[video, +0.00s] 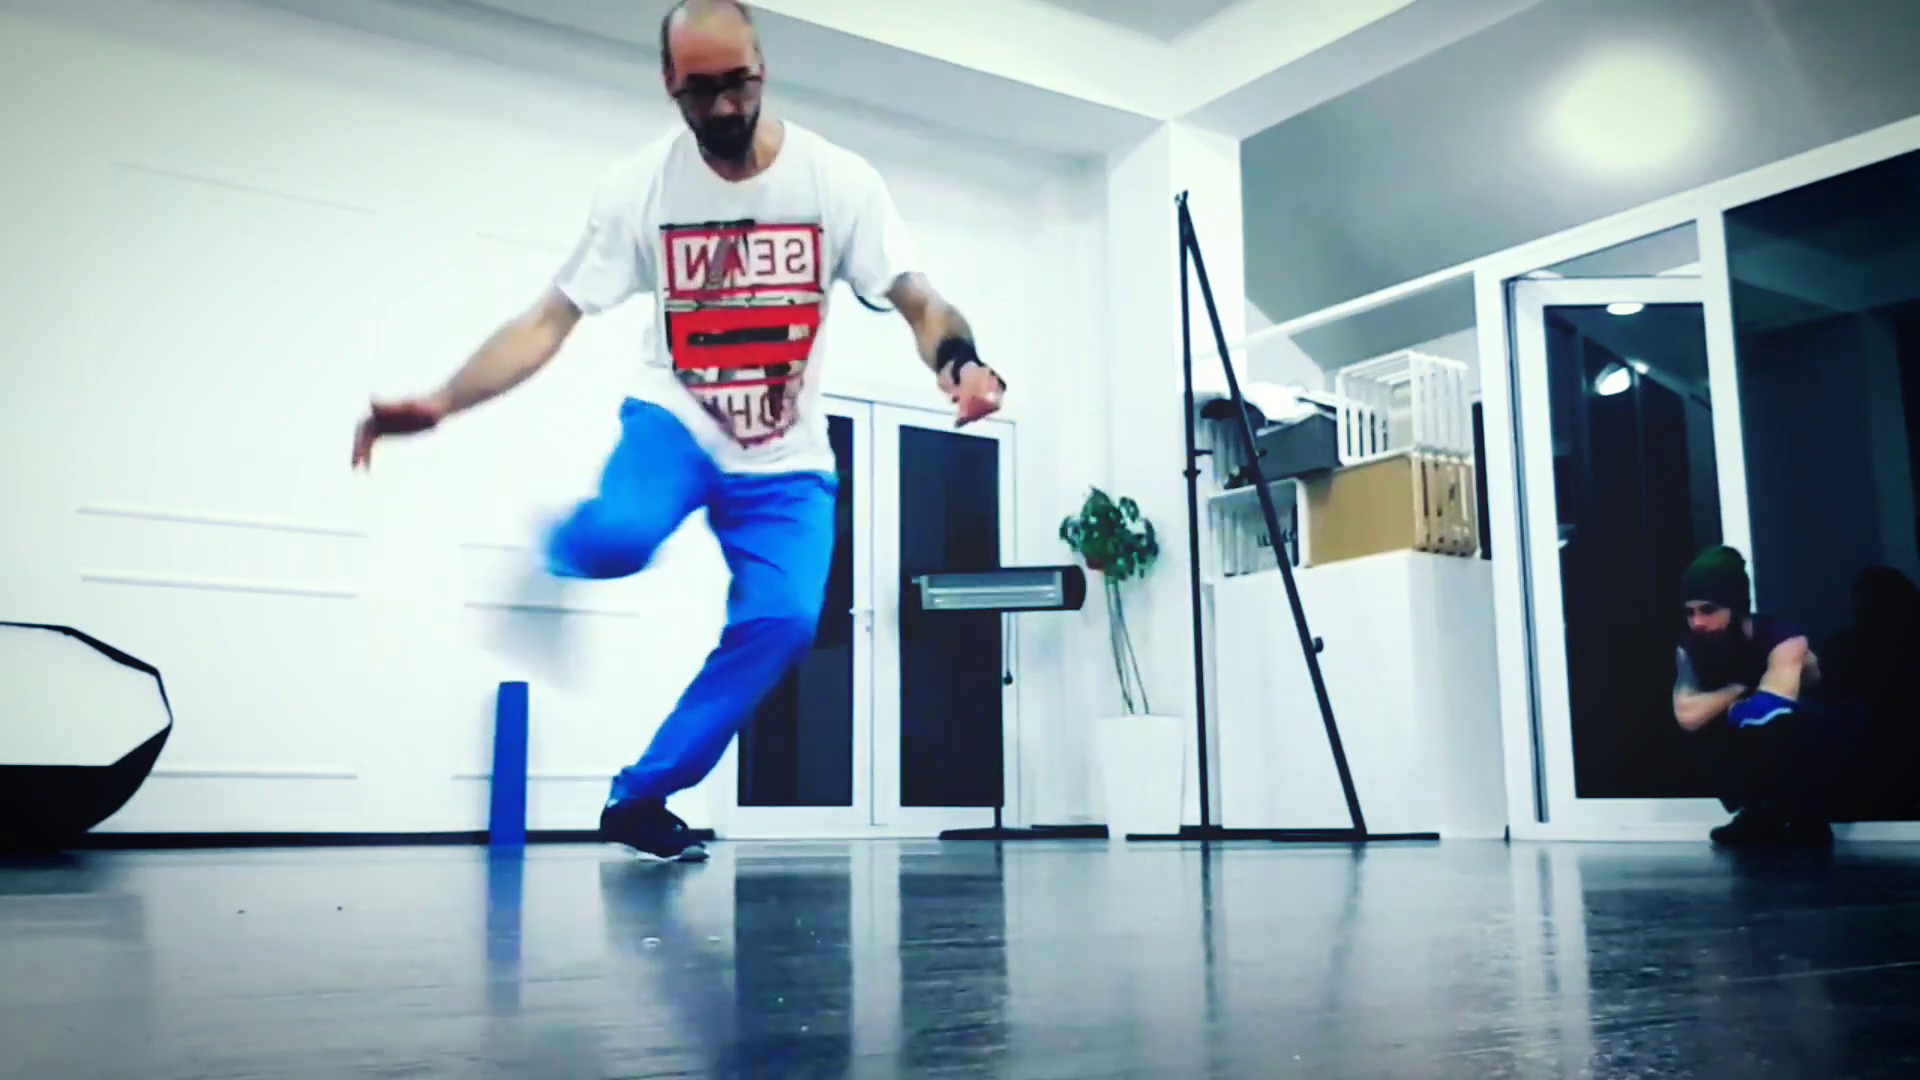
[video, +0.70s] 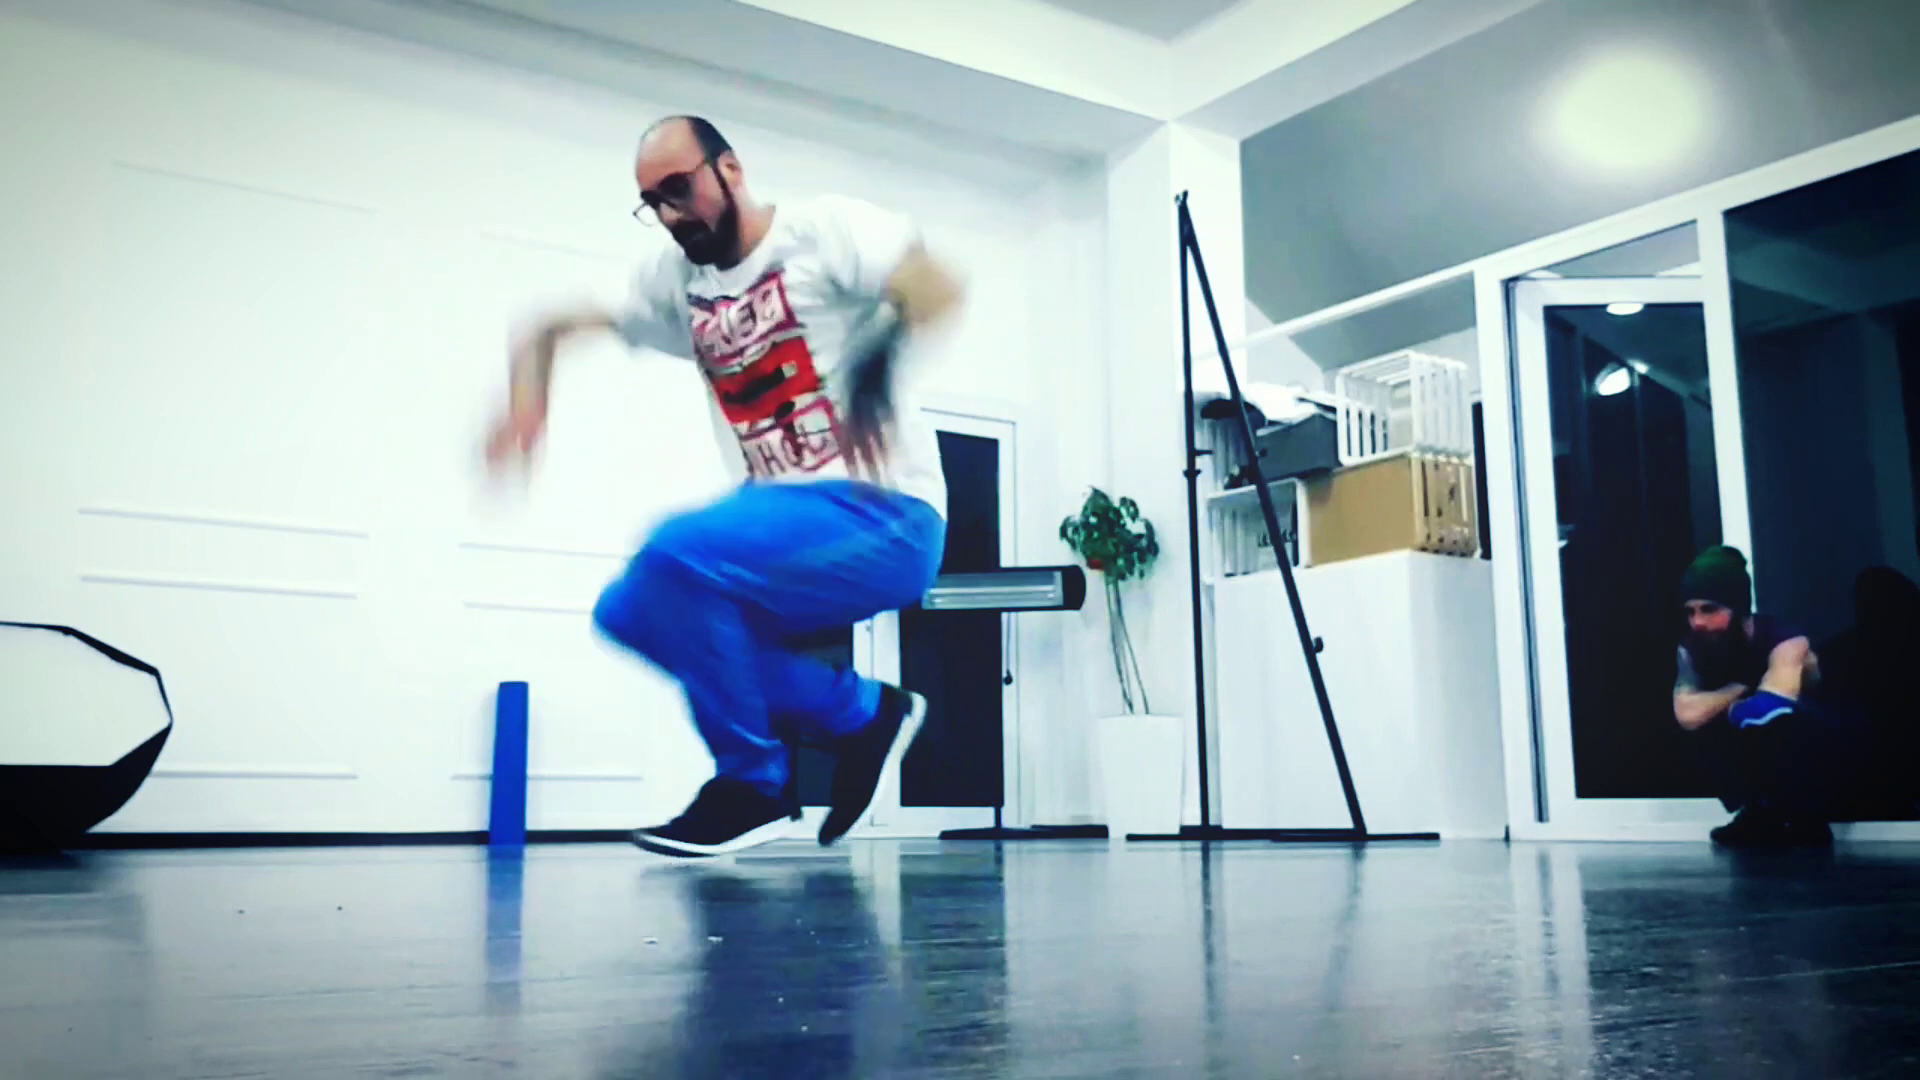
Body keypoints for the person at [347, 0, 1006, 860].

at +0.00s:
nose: (722, 108)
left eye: (736, 83)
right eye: (698, 90)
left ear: (763, 66)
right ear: (669, 85)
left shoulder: (841, 185)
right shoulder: (641, 190)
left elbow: (915, 299)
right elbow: (549, 319)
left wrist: (960, 362)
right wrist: (443, 401)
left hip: (786, 449)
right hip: (675, 415)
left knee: (782, 623)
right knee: (622, 539)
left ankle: (639, 798)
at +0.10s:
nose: (757, 96)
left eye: (769, 76)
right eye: (735, 78)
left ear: (786, 69)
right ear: (692, 73)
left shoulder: (837, 182)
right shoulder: (636, 182)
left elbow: (910, 296)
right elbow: (532, 294)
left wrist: (973, 355)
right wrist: (431, 344)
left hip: (814, 436)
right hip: (700, 413)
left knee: (837, 633)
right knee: (737, 530)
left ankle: (651, 777)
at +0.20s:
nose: (770, 147)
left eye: (782, 129)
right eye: (754, 127)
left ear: (797, 127)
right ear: (705, 117)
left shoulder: (833, 227)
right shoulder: (639, 225)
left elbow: (949, 317)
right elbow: (483, 291)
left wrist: (994, 314)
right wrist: (416, 255)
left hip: (842, 495)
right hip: (727, 487)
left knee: (924, 695)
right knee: (843, 559)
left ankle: (693, 757)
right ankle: (855, 733)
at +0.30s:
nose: (781, 241)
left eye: (791, 224)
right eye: (765, 222)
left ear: (803, 222)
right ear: (715, 217)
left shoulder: (845, 330)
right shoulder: (647, 340)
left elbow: (993, 311)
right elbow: (470, 273)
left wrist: (976, 191)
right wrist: (480, 137)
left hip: (868, 597)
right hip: (752, 596)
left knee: (947, 790)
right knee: (899, 636)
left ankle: (722, 767)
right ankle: (861, 810)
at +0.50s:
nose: (733, 261)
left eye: (747, 240)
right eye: (712, 246)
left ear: (780, 239)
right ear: (689, 253)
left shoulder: (838, 309)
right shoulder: (675, 332)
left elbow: (895, 173)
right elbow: (563, 205)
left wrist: (805, 47)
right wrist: (626, 69)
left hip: (881, 596)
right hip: (762, 589)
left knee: (944, 778)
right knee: (832, 637)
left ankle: (736, 774)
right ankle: (860, 806)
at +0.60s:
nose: (686, 228)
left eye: (699, 205)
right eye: (671, 213)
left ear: (746, 189)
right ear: (662, 214)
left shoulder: (832, 250)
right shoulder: (668, 275)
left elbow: (915, 166)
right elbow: (550, 208)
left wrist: (825, 96)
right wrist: (546, 120)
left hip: (886, 531)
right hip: (767, 525)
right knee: (723, 585)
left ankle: (735, 792)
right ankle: (862, 738)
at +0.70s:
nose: (668, 215)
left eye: (677, 190)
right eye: (653, 203)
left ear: (729, 171)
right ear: (647, 209)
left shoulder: (827, 231)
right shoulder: (670, 288)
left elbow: (938, 284)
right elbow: (545, 326)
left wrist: (881, 349)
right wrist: (528, 408)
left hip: (885, 516)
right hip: (790, 532)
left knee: (681, 556)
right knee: (633, 609)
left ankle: (753, 781)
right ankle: (860, 713)